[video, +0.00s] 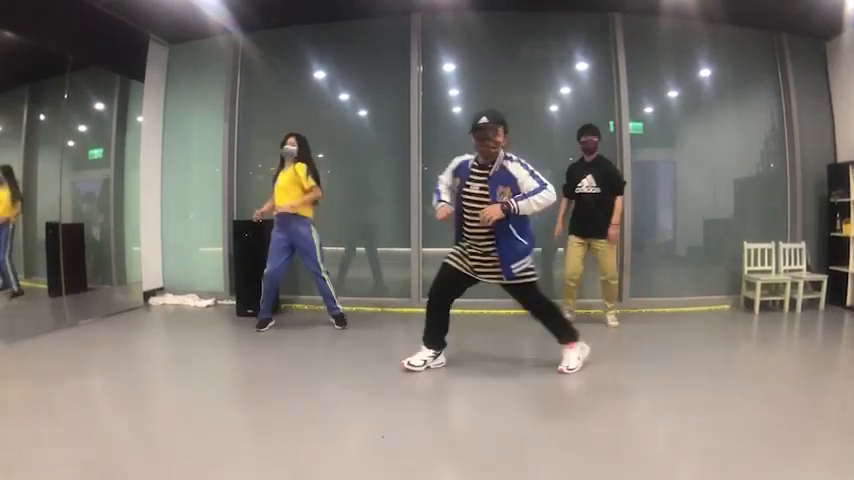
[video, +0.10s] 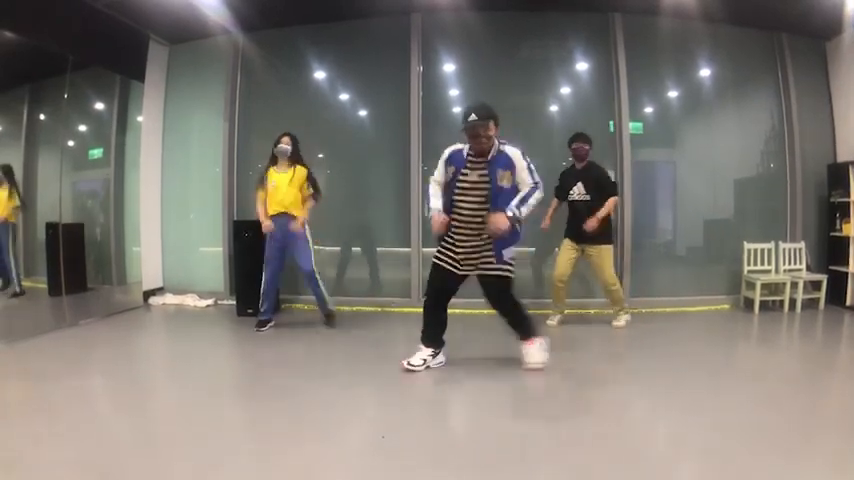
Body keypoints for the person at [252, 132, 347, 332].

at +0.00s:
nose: (289, 148)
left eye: (293, 145)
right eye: (286, 144)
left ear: (300, 149)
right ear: (282, 148)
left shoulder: (301, 167)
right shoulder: (281, 172)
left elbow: (316, 192)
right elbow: (277, 197)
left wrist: (294, 204)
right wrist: (264, 209)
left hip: (301, 221)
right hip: (281, 221)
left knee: (318, 269)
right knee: (271, 271)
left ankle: (337, 313)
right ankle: (265, 316)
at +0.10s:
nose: (283, 147)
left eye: (288, 144)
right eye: (281, 143)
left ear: (294, 149)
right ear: (275, 148)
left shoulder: (302, 172)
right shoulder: (268, 173)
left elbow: (311, 198)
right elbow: (260, 197)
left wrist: (301, 219)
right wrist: (264, 219)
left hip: (295, 220)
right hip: (274, 220)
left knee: (308, 268)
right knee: (270, 270)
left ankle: (327, 311)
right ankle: (265, 315)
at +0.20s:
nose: (282, 144)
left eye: (285, 141)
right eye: (278, 142)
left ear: (292, 146)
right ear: (273, 147)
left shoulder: (303, 171)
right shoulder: (267, 171)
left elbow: (307, 200)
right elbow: (263, 201)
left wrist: (311, 227)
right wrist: (264, 228)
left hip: (297, 218)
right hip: (274, 218)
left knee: (306, 259)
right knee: (271, 269)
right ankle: (266, 315)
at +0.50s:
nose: (291, 148)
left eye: (295, 145)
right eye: (287, 146)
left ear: (302, 150)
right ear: (282, 152)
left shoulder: (313, 177)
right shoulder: (277, 175)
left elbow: (327, 203)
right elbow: (259, 201)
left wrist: (323, 222)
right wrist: (263, 228)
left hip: (301, 226)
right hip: (278, 225)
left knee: (310, 268)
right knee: (269, 273)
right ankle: (258, 316)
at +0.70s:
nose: (307, 143)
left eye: (311, 141)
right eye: (303, 141)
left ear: (318, 147)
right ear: (298, 148)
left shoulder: (324, 175)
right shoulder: (289, 171)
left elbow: (332, 206)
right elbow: (279, 202)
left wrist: (314, 231)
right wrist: (269, 233)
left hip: (312, 224)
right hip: (288, 222)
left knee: (319, 273)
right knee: (281, 273)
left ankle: (327, 320)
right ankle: (277, 301)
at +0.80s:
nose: (306, 142)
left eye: (312, 139)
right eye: (303, 139)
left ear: (319, 146)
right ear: (299, 144)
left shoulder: (320, 172)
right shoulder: (290, 169)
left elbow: (323, 205)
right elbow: (283, 197)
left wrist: (297, 223)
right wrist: (278, 222)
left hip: (309, 222)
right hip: (287, 220)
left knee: (317, 274)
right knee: (276, 265)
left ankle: (330, 320)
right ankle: (288, 293)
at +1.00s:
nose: (299, 142)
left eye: (304, 140)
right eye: (297, 138)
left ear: (311, 147)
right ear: (292, 144)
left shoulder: (310, 171)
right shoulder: (287, 170)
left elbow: (306, 202)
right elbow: (287, 198)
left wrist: (281, 208)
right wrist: (283, 220)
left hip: (307, 225)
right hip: (288, 223)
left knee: (315, 275)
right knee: (263, 260)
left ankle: (332, 322)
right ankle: (276, 308)